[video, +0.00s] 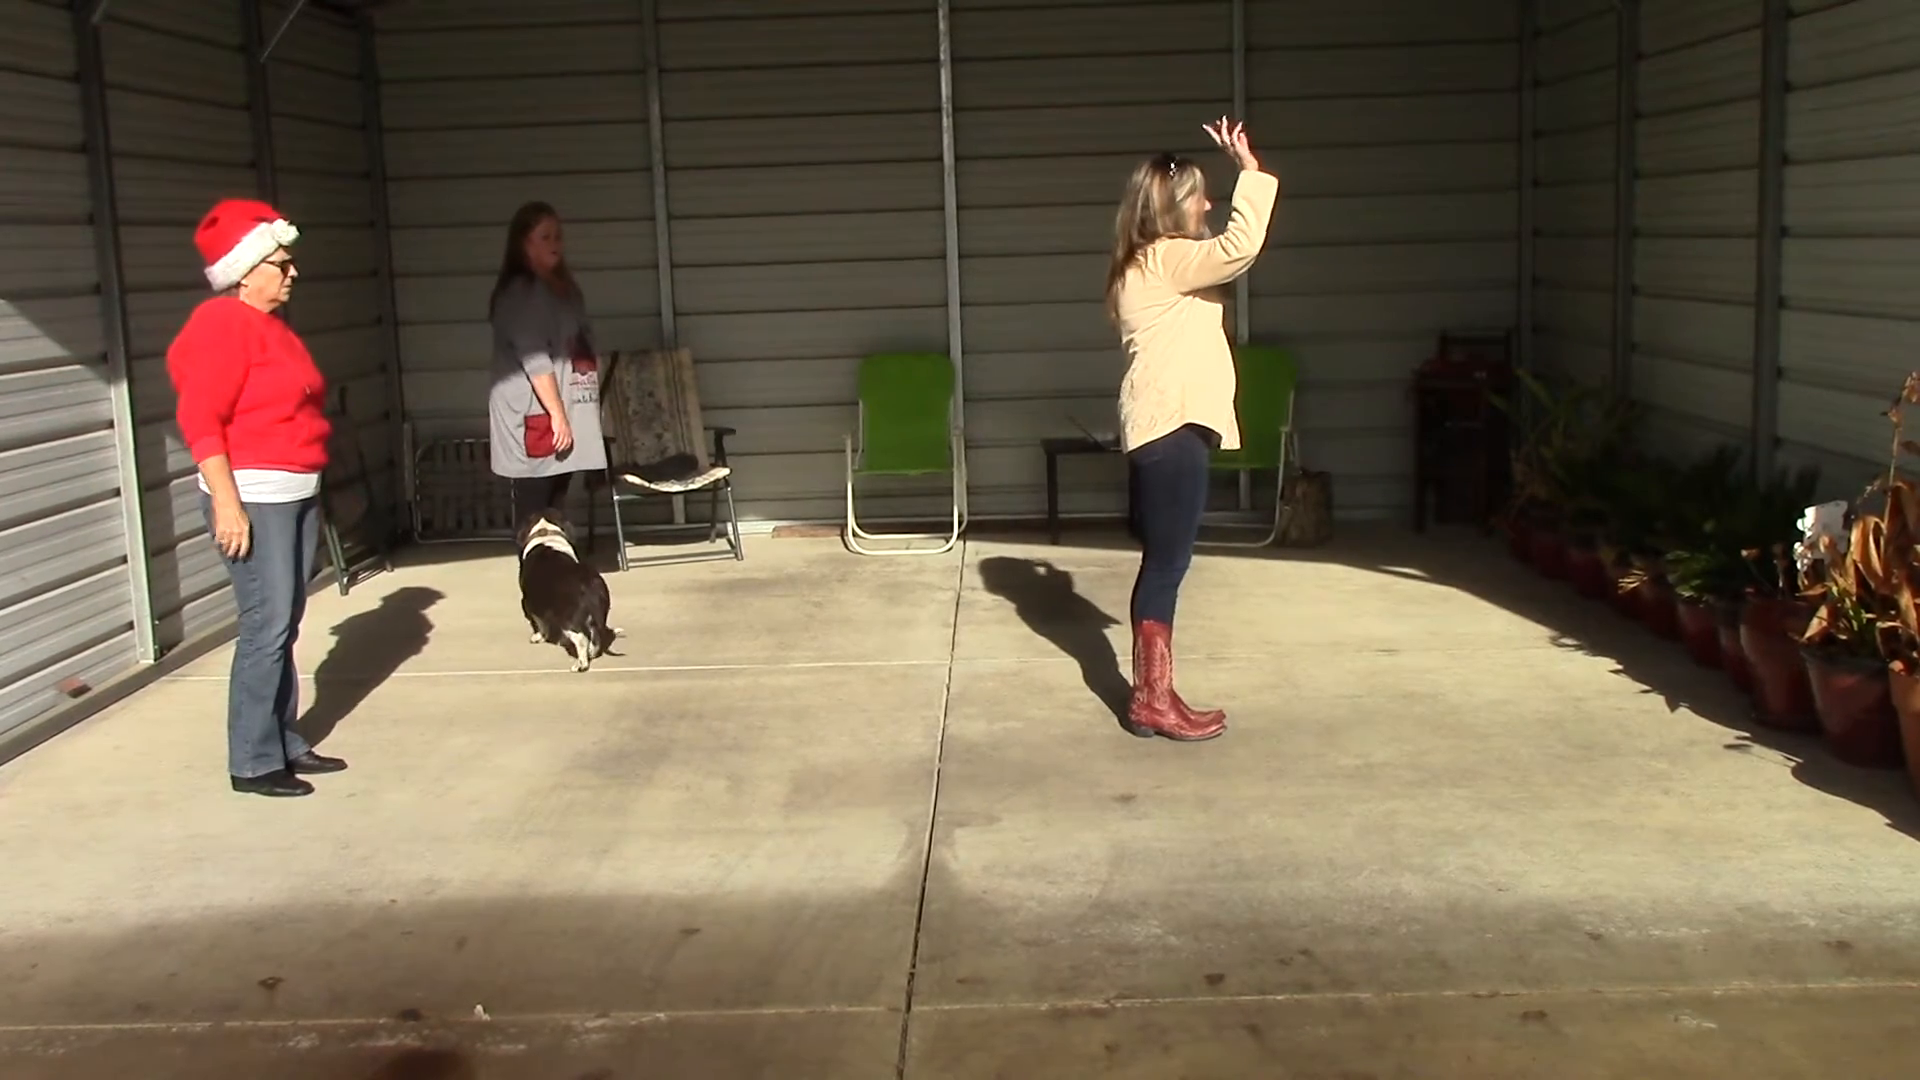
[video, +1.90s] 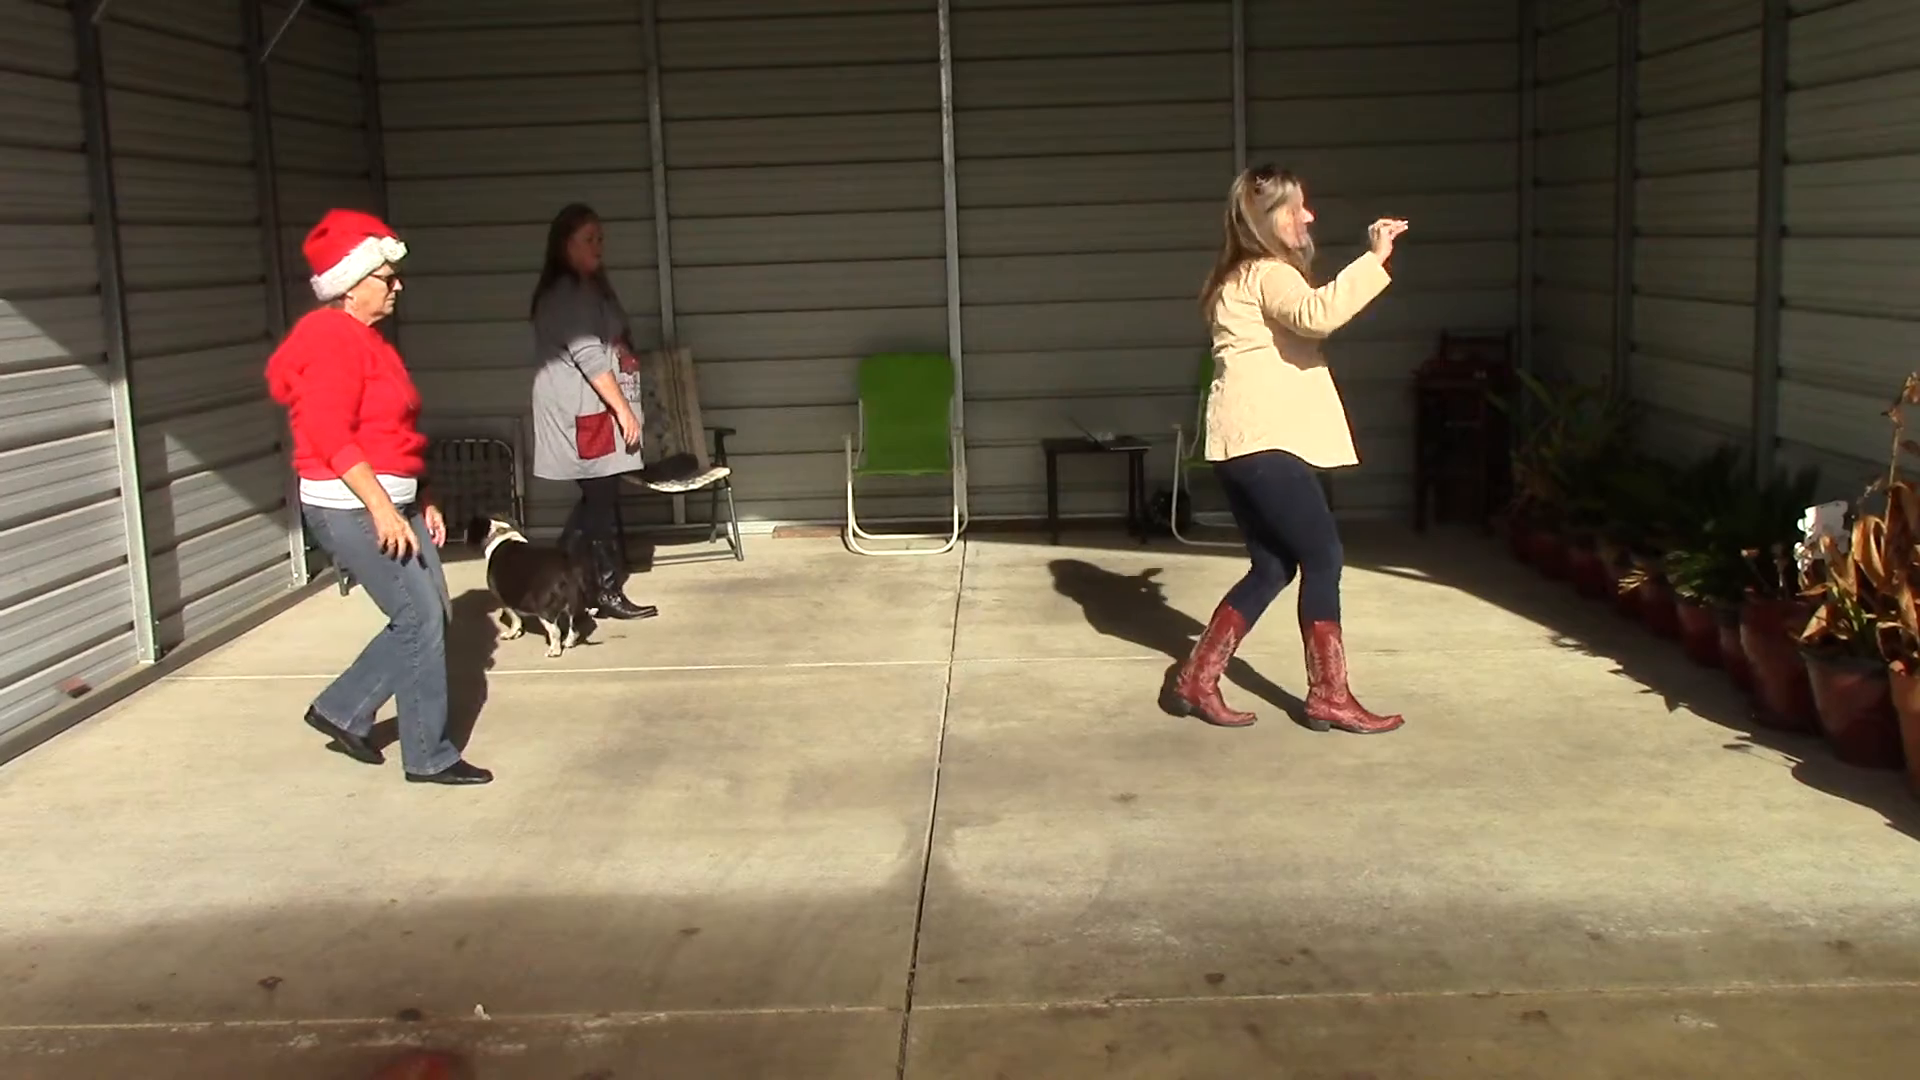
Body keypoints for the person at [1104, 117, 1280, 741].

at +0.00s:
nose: (1209, 206)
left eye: (1206, 196)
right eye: (1200, 197)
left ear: (1164, 206)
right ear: (1171, 205)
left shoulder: (1147, 265)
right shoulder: (1163, 258)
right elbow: (1239, 248)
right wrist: (1254, 175)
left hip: (1162, 428)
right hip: (1174, 428)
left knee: (1163, 558)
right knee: (1167, 559)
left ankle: (1153, 694)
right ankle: (1152, 699)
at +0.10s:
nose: (1208, 208)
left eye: (1206, 198)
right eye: (1199, 198)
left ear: (1161, 204)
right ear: (1171, 204)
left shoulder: (1147, 263)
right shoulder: (1161, 257)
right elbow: (1234, 247)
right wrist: (1247, 172)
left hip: (1161, 427)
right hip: (1173, 427)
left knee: (1163, 559)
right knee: (1167, 560)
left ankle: (1153, 695)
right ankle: (1152, 699)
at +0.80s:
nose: (1227, 212)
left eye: (1226, 201)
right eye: (1219, 201)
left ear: (1183, 205)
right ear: (1190, 205)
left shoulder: (1160, 263)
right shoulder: (1175, 259)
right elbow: (1248, 262)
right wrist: (1274, 191)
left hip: (1168, 427)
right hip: (1175, 427)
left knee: (1166, 561)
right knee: (1167, 563)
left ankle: (1156, 697)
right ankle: (1151, 700)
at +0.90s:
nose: (1230, 218)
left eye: (1230, 208)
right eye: (1222, 208)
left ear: (1180, 208)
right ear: (1192, 209)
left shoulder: (1156, 268)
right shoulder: (1183, 263)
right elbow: (1252, 274)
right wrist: (1287, 205)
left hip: (1158, 434)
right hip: (1183, 433)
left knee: (1173, 557)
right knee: (1207, 560)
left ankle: (1147, 690)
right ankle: (1157, 692)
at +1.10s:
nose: (1243, 234)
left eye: (1243, 223)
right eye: (1235, 223)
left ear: (1198, 223)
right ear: (1204, 222)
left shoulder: (1163, 277)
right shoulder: (1193, 271)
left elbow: (1177, 348)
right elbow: (1266, 272)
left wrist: (1226, 330)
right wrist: (1310, 206)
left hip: (1167, 451)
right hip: (1199, 447)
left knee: (1205, 561)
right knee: (1284, 542)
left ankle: (1154, 689)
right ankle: (1217, 668)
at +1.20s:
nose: (1251, 240)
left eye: (1251, 230)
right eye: (1245, 228)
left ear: (1199, 221)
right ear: (1219, 223)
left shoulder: (1170, 280)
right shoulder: (1201, 271)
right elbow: (1277, 259)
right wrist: (1320, 192)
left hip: (1175, 452)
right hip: (1208, 446)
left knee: (1213, 567)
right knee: (1301, 540)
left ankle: (1155, 687)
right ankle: (1278, 679)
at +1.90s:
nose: (1308, 215)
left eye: (1305, 205)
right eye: (1298, 207)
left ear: (1255, 222)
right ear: (1270, 219)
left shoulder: (1232, 281)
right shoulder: (1271, 271)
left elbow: (1235, 364)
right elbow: (1315, 317)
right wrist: (1376, 259)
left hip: (1236, 448)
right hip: (1268, 444)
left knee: (1272, 567)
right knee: (1322, 554)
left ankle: (1196, 679)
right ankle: (1329, 696)